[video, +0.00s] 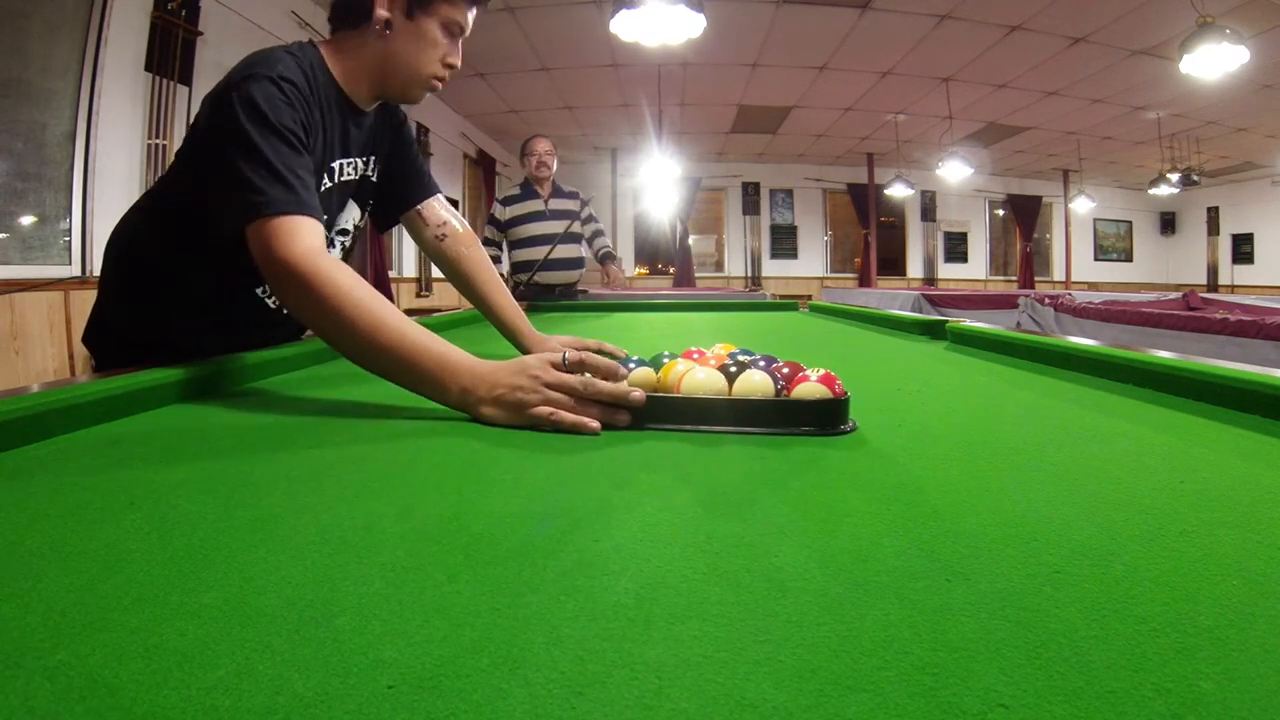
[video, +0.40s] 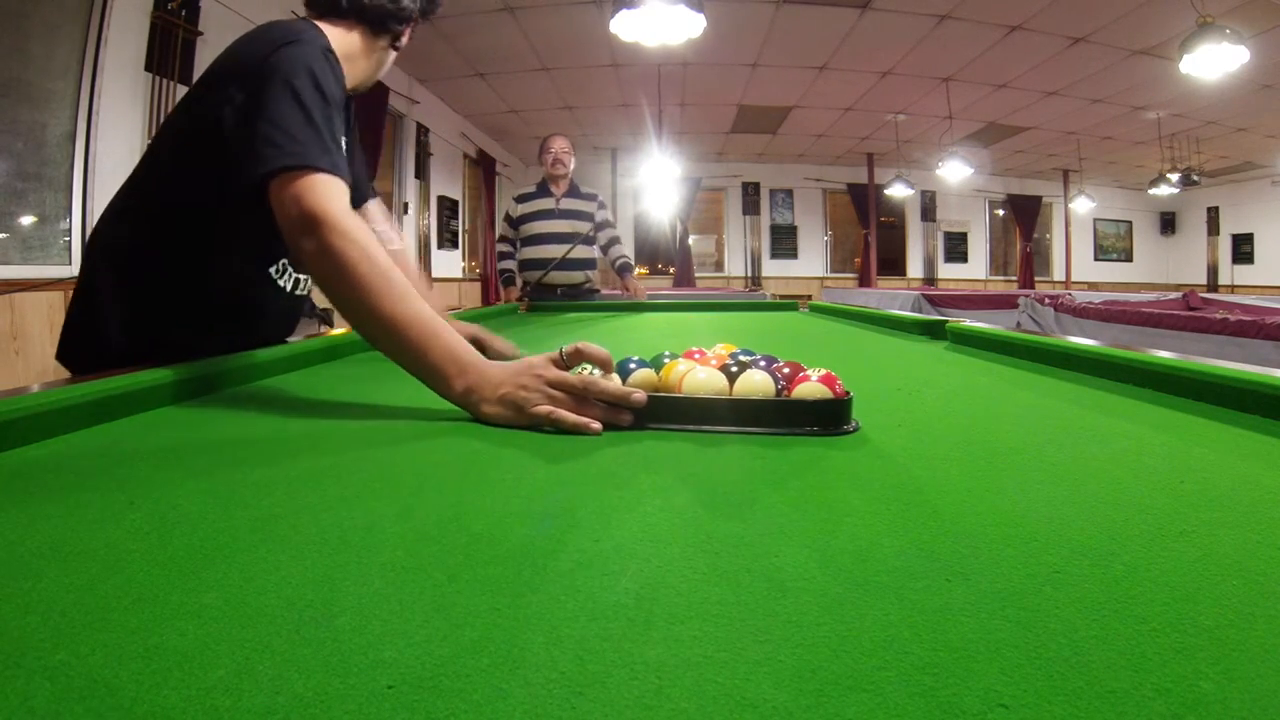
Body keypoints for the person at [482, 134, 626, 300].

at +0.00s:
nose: (542, 158)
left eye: (548, 153)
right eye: (534, 154)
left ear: (556, 160)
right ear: (524, 163)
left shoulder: (575, 199)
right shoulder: (506, 203)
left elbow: (595, 234)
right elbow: (491, 248)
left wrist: (609, 263)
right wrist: (496, 284)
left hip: (569, 296)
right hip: (527, 298)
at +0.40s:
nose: (557, 155)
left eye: (564, 151)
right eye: (550, 152)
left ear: (574, 160)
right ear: (541, 161)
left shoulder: (592, 201)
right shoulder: (521, 201)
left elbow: (610, 241)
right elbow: (505, 244)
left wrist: (627, 275)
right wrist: (509, 285)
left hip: (583, 298)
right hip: (538, 299)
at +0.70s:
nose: (583, 155)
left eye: (590, 150)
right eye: (577, 150)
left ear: (600, 158)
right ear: (568, 159)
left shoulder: (618, 203)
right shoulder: (546, 200)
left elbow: (632, 244)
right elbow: (531, 243)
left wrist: (641, 282)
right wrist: (531, 282)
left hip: (605, 299)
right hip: (558, 299)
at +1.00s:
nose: (609, 154)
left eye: (617, 150)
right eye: (602, 149)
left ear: (625, 157)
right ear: (593, 157)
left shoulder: (638, 203)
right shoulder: (569, 198)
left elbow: (649, 246)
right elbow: (551, 242)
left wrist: (649, 285)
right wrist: (549, 284)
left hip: (619, 300)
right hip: (574, 298)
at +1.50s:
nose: (588, 157)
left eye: (596, 151)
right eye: (586, 152)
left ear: (616, 158)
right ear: (583, 155)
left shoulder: (634, 200)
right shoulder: (565, 197)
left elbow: (644, 243)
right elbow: (546, 241)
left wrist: (648, 286)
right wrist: (546, 284)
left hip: (615, 298)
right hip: (570, 297)